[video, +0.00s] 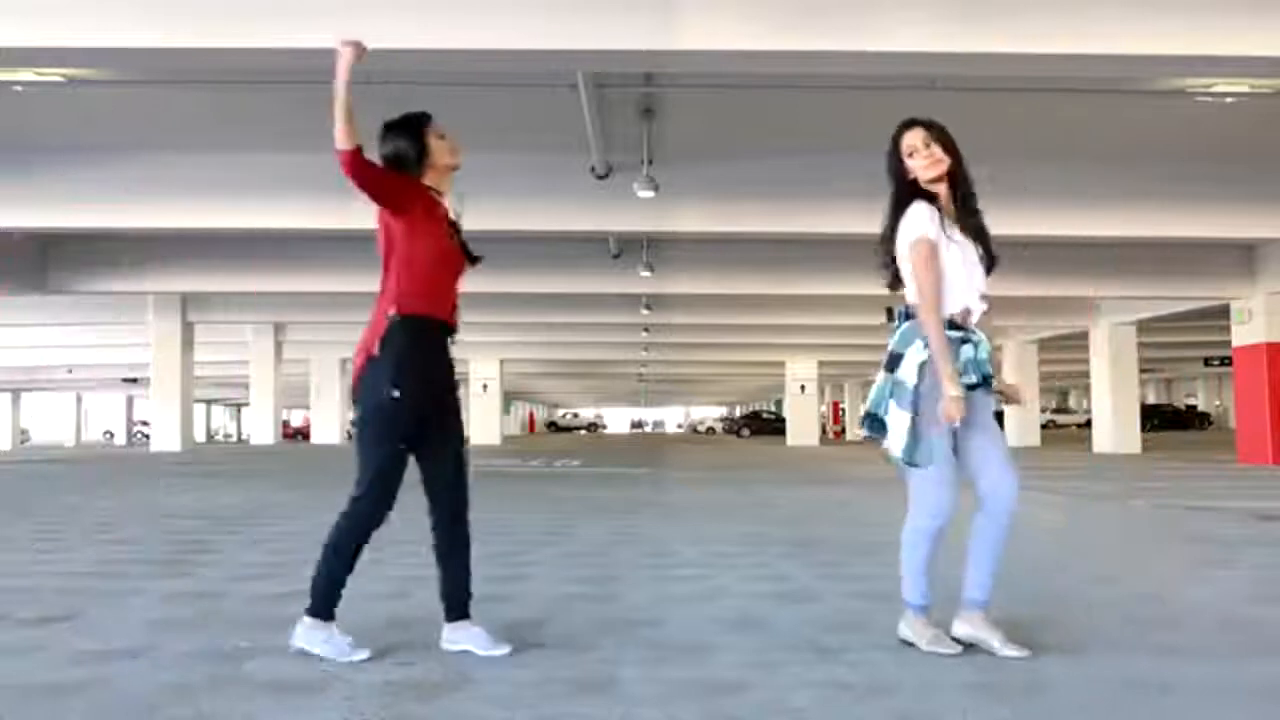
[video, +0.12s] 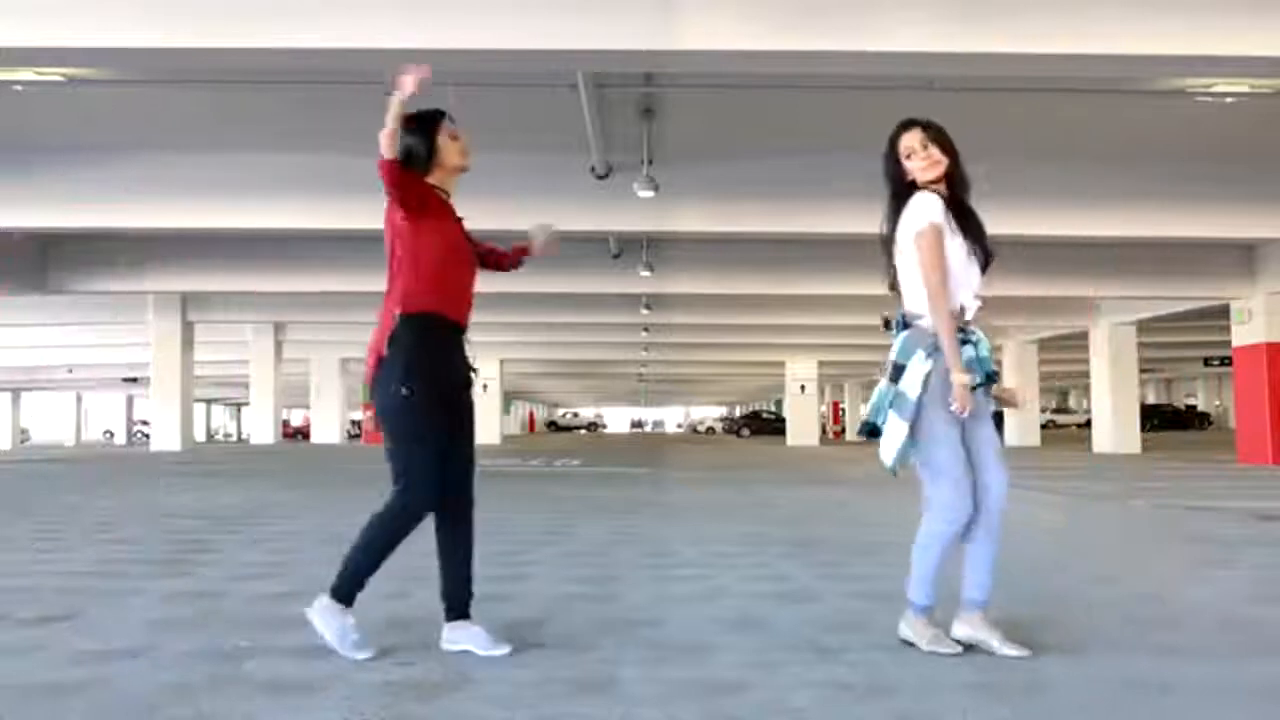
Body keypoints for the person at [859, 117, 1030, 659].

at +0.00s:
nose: (926, 157)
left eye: (932, 145)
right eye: (913, 154)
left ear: (951, 152)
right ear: (905, 171)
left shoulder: (960, 222)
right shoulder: (919, 218)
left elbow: (964, 308)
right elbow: (926, 304)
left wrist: (989, 376)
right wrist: (949, 381)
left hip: (967, 358)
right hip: (929, 358)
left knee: (1000, 486)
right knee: (932, 497)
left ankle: (972, 614)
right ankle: (914, 616)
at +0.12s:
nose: (925, 157)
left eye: (929, 145)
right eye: (912, 155)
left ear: (948, 152)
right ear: (903, 170)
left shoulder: (945, 213)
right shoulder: (923, 207)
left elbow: (955, 300)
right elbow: (936, 293)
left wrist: (983, 373)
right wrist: (956, 369)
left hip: (965, 355)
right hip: (931, 359)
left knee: (993, 483)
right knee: (951, 496)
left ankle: (972, 614)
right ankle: (916, 615)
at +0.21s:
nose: (926, 162)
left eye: (930, 151)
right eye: (912, 161)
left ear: (948, 157)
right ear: (905, 176)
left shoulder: (941, 219)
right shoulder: (925, 208)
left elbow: (951, 309)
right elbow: (938, 295)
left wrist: (985, 388)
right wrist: (963, 372)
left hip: (958, 369)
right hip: (929, 369)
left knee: (995, 491)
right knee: (960, 502)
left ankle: (972, 616)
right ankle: (917, 616)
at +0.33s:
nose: (926, 159)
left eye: (930, 148)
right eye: (912, 157)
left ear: (946, 153)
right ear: (903, 172)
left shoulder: (943, 215)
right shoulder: (924, 208)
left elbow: (954, 304)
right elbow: (940, 293)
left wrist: (978, 382)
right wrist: (965, 370)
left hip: (959, 361)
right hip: (928, 361)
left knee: (990, 493)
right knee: (949, 500)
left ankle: (972, 616)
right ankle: (917, 616)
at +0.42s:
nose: (928, 158)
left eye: (931, 146)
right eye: (913, 156)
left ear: (946, 150)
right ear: (903, 172)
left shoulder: (946, 214)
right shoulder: (923, 211)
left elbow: (951, 300)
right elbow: (940, 294)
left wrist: (973, 372)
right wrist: (969, 372)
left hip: (959, 358)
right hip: (926, 357)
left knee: (989, 490)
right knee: (939, 493)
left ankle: (973, 615)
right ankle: (916, 616)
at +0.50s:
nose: (930, 164)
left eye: (934, 152)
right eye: (915, 163)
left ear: (949, 158)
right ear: (904, 180)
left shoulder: (952, 226)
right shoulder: (921, 223)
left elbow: (954, 309)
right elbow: (940, 307)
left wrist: (972, 379)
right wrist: (972, 383)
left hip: (958, 365)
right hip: (923, 365)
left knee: (994, 488)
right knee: (936, 492)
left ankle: (971, 615)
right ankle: (916, 615)